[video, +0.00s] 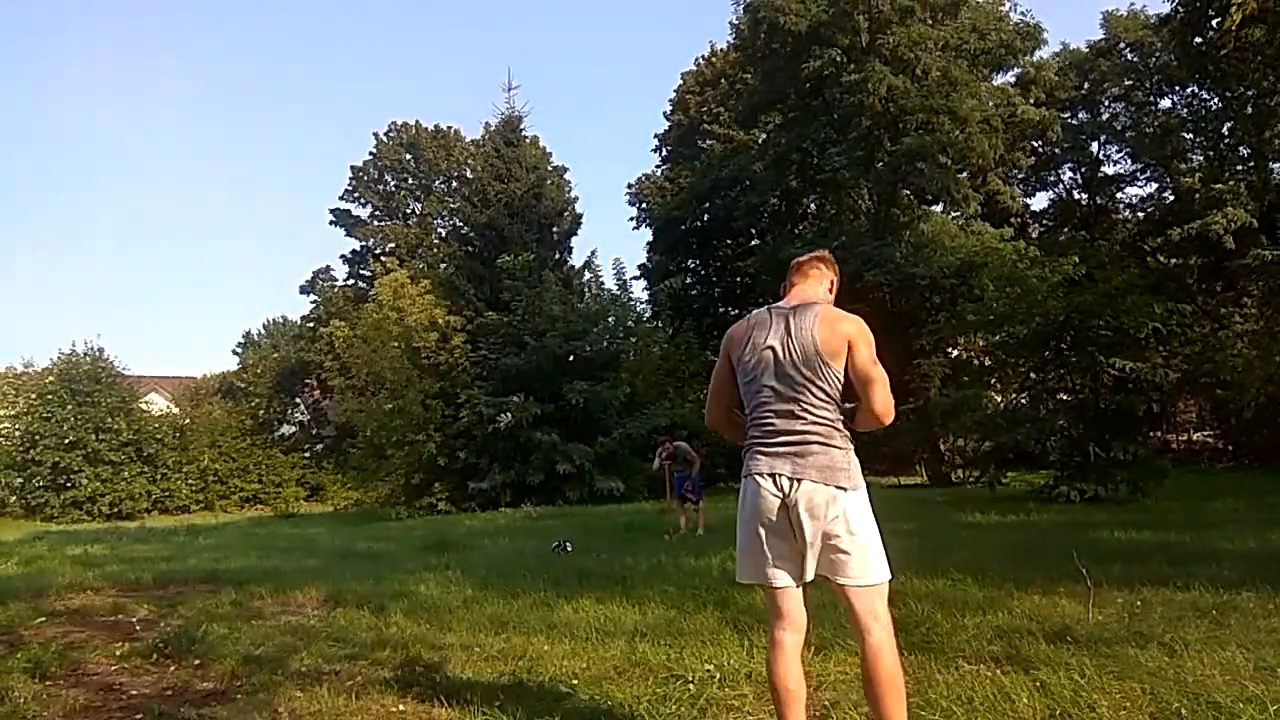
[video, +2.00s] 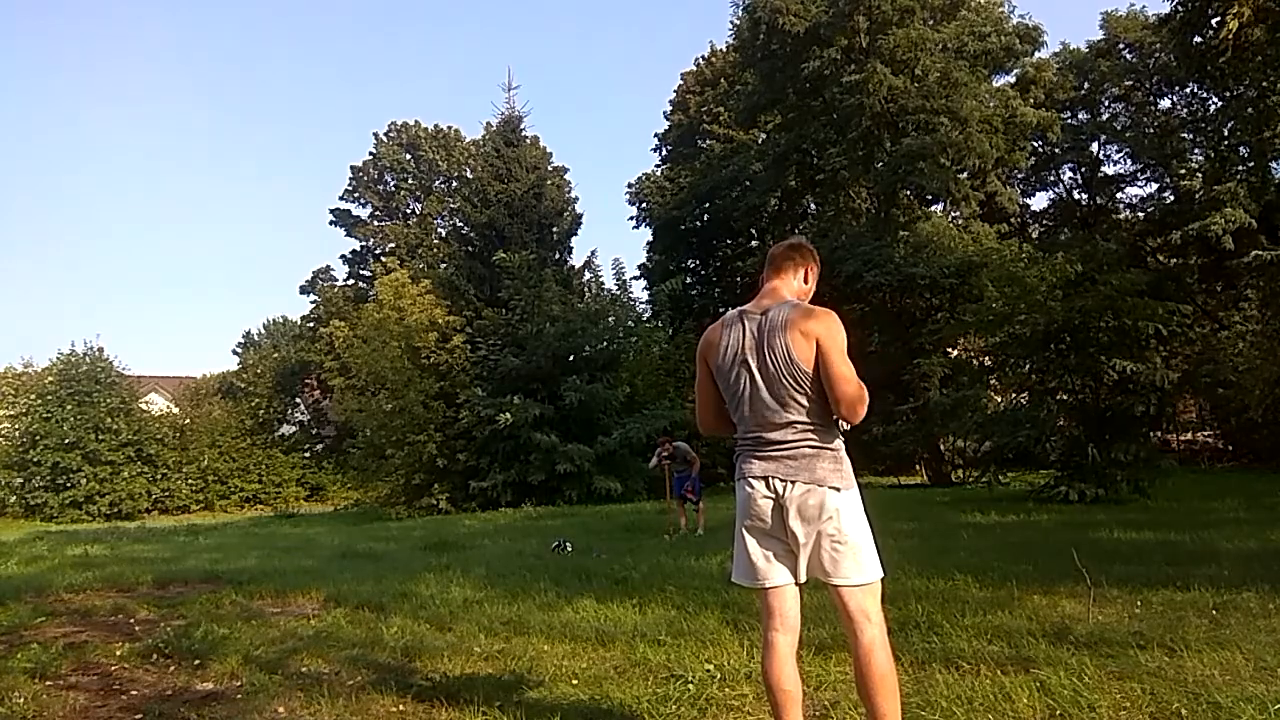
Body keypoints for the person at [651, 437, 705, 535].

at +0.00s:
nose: (667, 451)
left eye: (668, 448)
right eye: (665, 449)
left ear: (672, 444)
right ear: (662, 449)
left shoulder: (682, 447)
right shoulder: (661, 451)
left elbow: (696, 461)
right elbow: (655, 468)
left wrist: (692, 479)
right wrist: (660, 457)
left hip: (691, 472)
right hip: (678, 474)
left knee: (697, 502)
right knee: (679, 502)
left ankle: (700, 528)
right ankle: (683, 528)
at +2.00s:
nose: (667, 452)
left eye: (668, 449)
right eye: (664, 450)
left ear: (671, 446)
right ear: (661, 449)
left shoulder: (682, 447)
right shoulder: (660, 451)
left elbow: (696, 462)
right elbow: (650, 466)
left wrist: (692, 480)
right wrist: (659, 459)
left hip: (690, 473)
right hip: (677, 475)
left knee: (697, 501)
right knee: (679, 502)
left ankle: (700, 528)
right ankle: (683, 528)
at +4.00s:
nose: (668, 452)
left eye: (669, 449)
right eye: (665, 450)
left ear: (673, 445)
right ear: (662, 449)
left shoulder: (682, 447)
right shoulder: (661, 451)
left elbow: (697, 461)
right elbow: (653, 467)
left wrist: (692, 480)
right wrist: (660, 460)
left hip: (690, 472)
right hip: (677, 474)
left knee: (697, 501)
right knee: (679, 502)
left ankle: (700, 527)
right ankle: (683, 528)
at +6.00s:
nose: (669, 448)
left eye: (670, 446)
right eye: (667, 446)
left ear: (673, 442)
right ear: (664, 445)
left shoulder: (683, 443)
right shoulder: (662, 449)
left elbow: (697, 458)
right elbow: (659, 467)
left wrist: (692, 472)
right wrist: (664, 470)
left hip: (690, 473)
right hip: (678, 475)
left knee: (697, 500)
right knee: (680, 503)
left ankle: (700, 527)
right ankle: (683, 528)